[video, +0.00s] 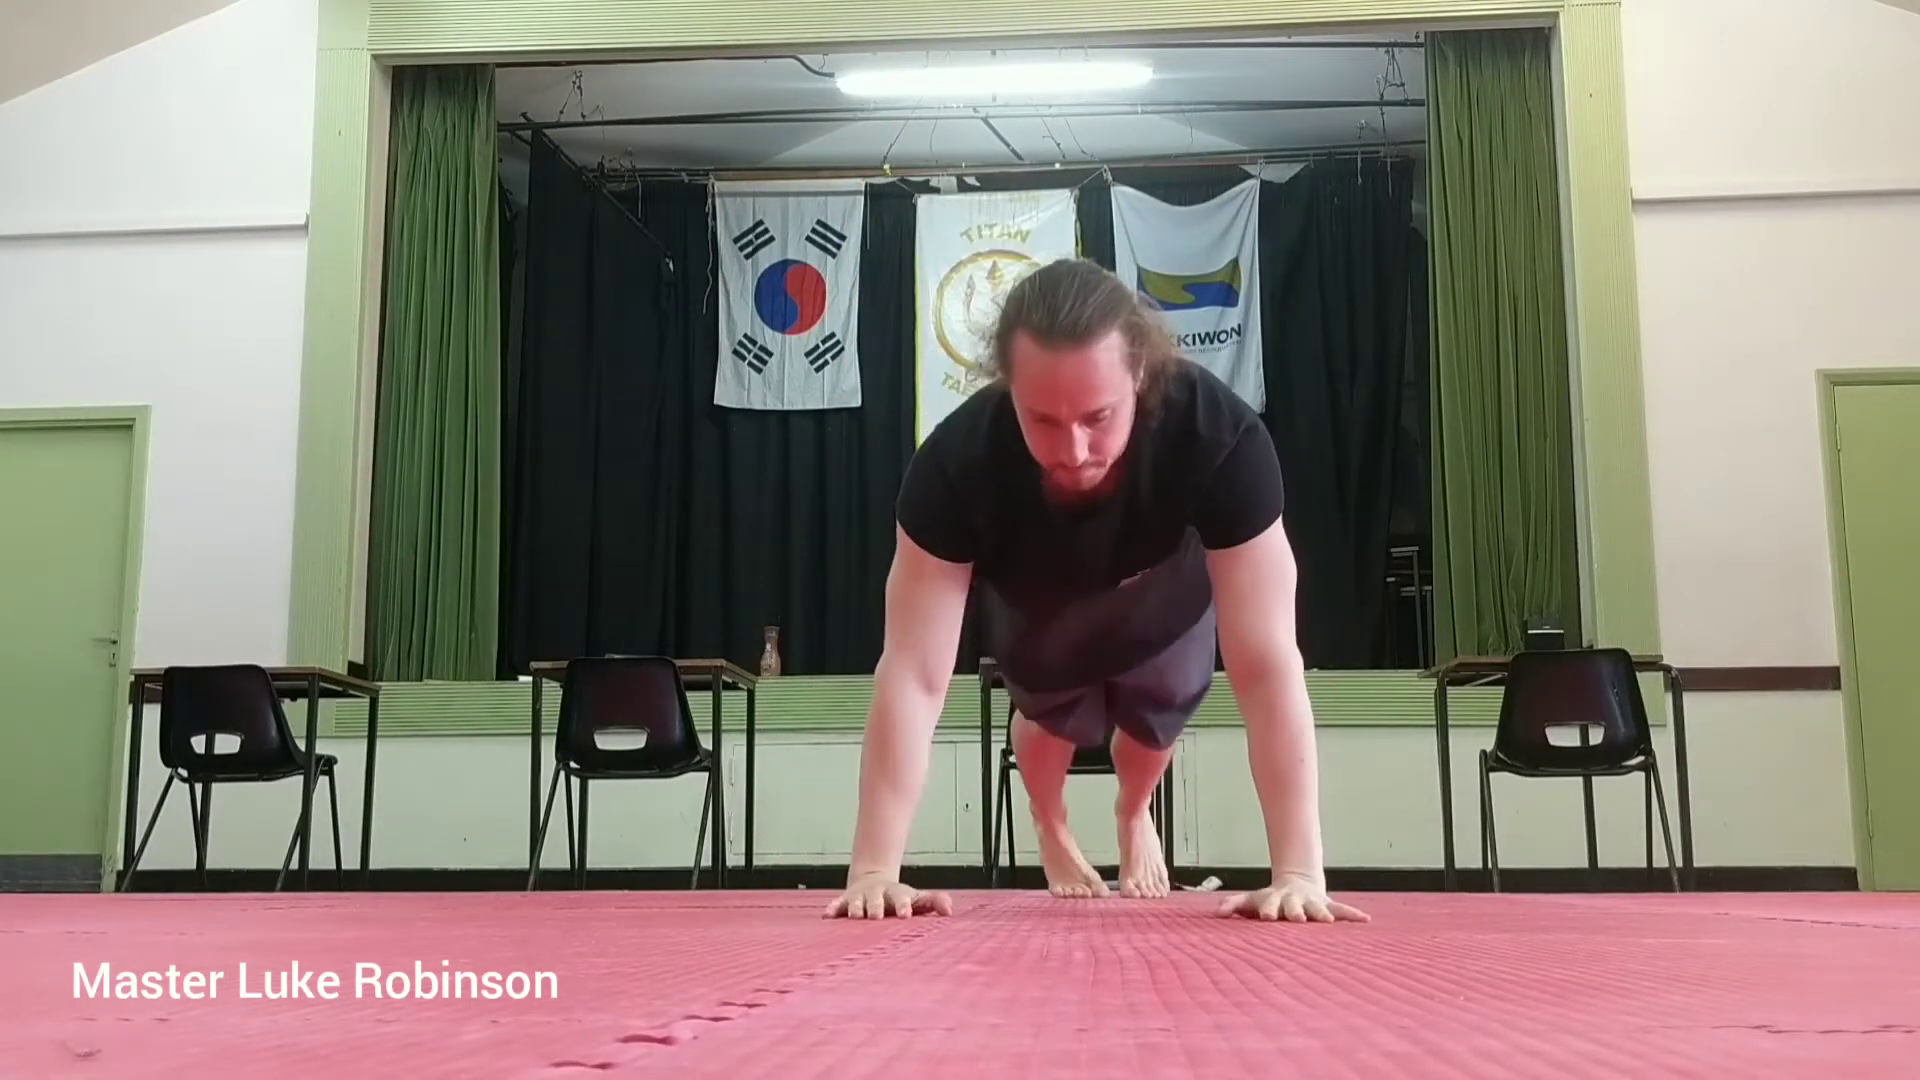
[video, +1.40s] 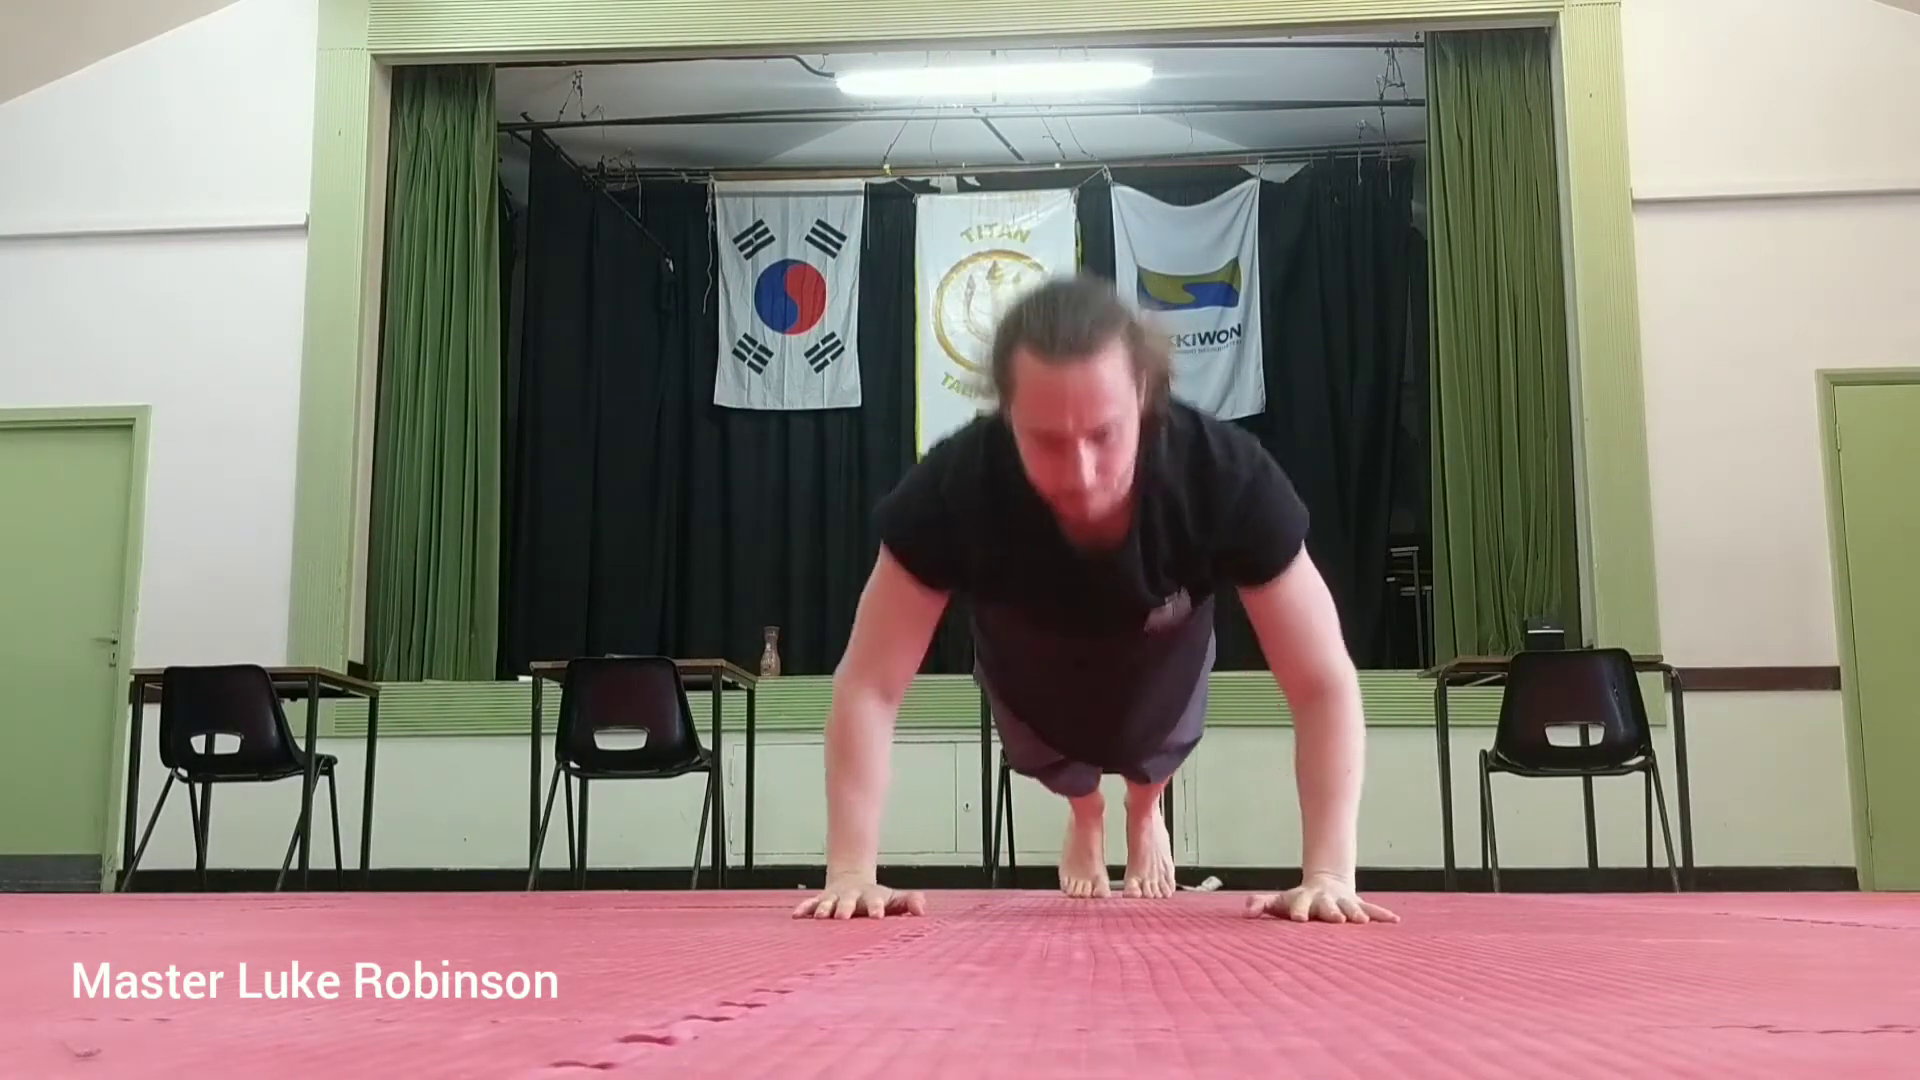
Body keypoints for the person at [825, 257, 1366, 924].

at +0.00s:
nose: (1075, 451)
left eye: (1099, 419)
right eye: (1046, 423)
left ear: (1140, 379)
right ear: (1010, 389)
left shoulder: (1219, 443)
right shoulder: (957, 466)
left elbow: (1266, 666)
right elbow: (913, 674)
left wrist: (1298, 873)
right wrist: (874, 870)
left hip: (1167, 617)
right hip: (1040, 627)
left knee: (1155, 725)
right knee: (1050, 724)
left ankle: (1136, 817)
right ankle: (1052, 829)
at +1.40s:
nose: (1078, 469)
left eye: (1102, 435)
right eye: (1050, 441)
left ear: (1145, 403)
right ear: (1008, 416)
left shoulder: (1226, 481)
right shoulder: (955, 492)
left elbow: (1325, 688)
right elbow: (868, 688)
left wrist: (1331, 875)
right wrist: (850, 876)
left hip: (1165, 669)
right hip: (1032, 678)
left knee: (1152, 760)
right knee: (1066, 767)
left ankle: (1144, 813)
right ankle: (1087, 817)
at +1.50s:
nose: (1082, 617)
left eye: (1103, 582)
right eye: (1051, 587)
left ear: (1147, 544)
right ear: (1010, 557)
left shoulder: (1228, 571)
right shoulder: (958, 591)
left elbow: (1356, 713)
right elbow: (822, 721)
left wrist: (1334, 870)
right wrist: (846, 874)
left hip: (1164, 751)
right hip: (1042, 767)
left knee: (1156, 789)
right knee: (1071, 808)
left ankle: (1148, 829)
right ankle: (1082, 840)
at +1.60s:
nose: (1076, 702)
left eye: (1101, 669)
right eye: (1048, 674)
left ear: (1149, 629)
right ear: (1003, 642)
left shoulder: (1236, 643)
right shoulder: (948, 664)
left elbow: (1375, 715)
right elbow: (808, 723)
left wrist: (1336, 875)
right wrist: (844, 875)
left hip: (1165, 789)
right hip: (1031, 802)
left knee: (1153, 820)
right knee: (1060, 836)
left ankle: (1150, 850)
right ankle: (1079, 858)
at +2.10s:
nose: (1077, 655)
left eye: (1102, 620)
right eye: (1045, 624)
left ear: (1147, 596)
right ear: (1001, 605)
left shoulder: (1222, 631)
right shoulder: (948, 645)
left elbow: (1377, 711)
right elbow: (803, 725)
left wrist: (1334, 878)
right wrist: (844, 874)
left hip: (1160, 782)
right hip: (1040, 800)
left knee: (1158, 824)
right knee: (1072, 851)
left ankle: (1151, 855)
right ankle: (1083, 871)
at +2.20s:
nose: (1075, 565)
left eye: (1099, 530)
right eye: (1045, 534)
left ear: (1141, 509)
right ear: (1003, 520)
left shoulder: (1221, 571)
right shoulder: (955, 581)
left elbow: (1363, 707)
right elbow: (809, 719)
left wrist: (1333, 875)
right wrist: (844, 873)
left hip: (1159, 748)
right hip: (1041, 764)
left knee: (1155, 804)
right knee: (1072, 818)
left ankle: (1154, 832)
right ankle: (1081, 851)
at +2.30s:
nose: (1077, 482)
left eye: (1100, 448)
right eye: (1048, 453)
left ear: (1143, 425)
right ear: (1007, 438)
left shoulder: (1220, 512)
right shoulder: (954, 524)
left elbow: (1348, 695)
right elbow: (827, 707)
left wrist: (1329, 875)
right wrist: (846, 872)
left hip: (1162, 713)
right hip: (1037, 720)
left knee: (1155, 774)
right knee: (1070, 779)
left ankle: (1152, 818)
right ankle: (1086, 824)